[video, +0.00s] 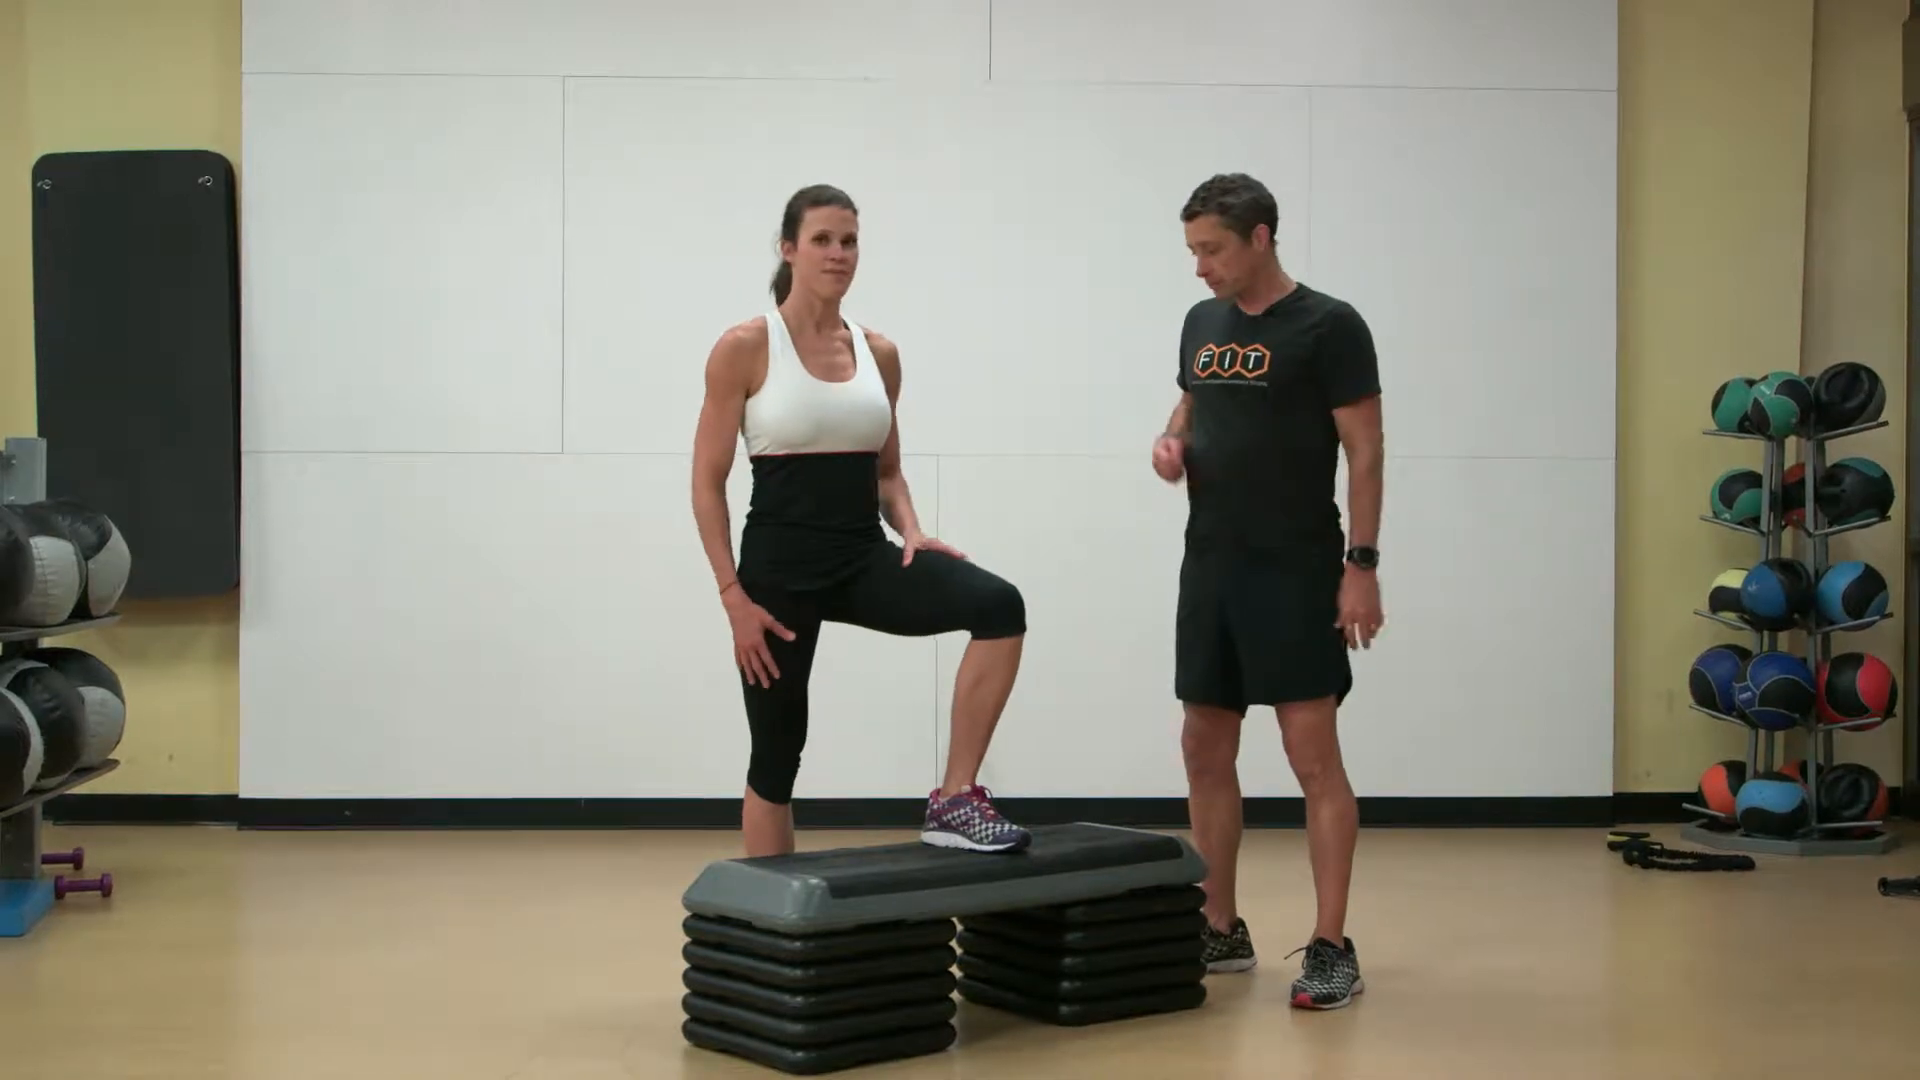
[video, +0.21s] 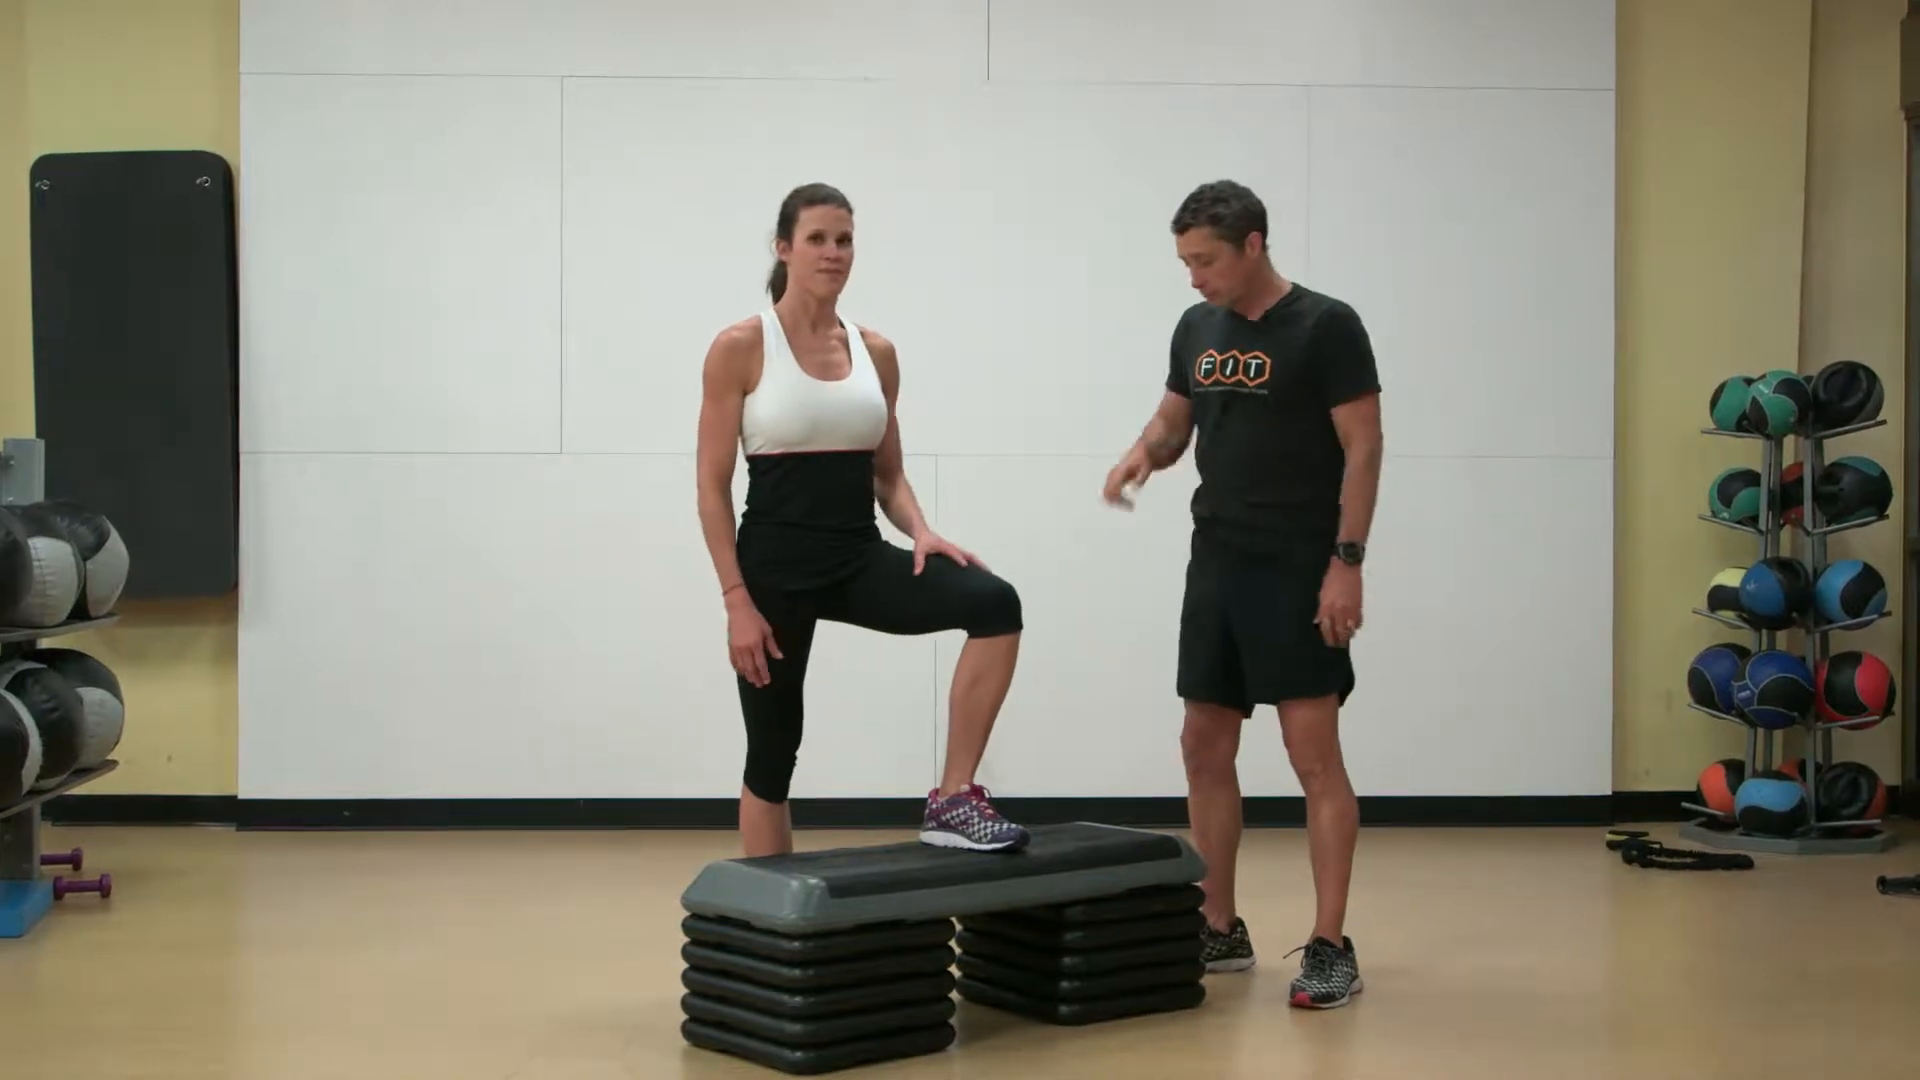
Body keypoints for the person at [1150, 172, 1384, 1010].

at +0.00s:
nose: (1200, 264)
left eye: (1210, 250)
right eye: (1194, 251)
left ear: (1261, 239)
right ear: (1202, 251)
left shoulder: (1330, 327)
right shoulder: (1202, 324)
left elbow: (1366, 454)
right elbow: (1191, 403)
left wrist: (1362, 565)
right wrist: (1173, 439)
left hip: (1297, 570)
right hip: (1211, 569)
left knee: (1313, 756)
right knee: (1204, 748)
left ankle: (1329, 943)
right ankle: (1218, 927)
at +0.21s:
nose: (1193, 275)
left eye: (1204, 260)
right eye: (1186, 261)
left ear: (1253, 246)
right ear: (1188, 258)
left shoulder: (1327, 327)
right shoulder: (1197, 331)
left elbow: (1364, 450)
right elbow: (1174, 422)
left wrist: (1346, 562)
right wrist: (1144, 453)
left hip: (1301, 569)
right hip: (1217, 565)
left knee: (1314, 753)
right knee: (1206, 747)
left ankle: (1328, 942)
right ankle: (1217, 926)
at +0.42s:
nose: (1169, 294)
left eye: (1180, 278)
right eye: (1162, 279)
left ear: (1231, 266)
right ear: (1167, 277)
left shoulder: (1318, 328)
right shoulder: (1173, 355)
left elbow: (1369, 443)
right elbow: (1133, 452)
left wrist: (1328, 539)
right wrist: (1096, 531)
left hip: (1320, 563)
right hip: (1236, 565)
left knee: (1323, 754)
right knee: (1206, 741)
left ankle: (1330, 942)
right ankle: (1219, 927)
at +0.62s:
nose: (1146, 330)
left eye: (1157, 313)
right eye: (1140, 315)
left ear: (1208, 298)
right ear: (1150, 311)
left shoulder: (1306, 345)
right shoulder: (1155, 387)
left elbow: (1376, 442)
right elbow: (1103, 477)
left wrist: (1349, 553)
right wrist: (1060, 531)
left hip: (1340, 562)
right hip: (1252, 571)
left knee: (1338, 757)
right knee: (1204, 743)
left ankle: (1331, 941)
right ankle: (1218, 927)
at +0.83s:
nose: (1144, 337)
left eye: (1156, 321)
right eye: (1138, 322)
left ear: (1207, 306)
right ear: (1143, 317)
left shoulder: (1305, 351)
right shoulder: (1153, 394)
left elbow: (1373, 450)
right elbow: (1100, 489)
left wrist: (1387, 563)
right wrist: (1047, 545)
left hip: (1341, 573)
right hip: (1250, 578)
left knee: (1339, 758)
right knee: (1198, 744)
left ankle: (1331, 940)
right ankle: (1216, 925)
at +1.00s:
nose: (1149, 328)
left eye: (1161, 313)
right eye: (1142, 314)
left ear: (1211, 299)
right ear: (1142, 311)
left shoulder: (1305, 350)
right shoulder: (1152, 390)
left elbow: (1375, 449)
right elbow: (1103, 485)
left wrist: (1388, 562)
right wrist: (1045, 548)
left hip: (1337, 572)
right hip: (1246, 576)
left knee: (1335, 756)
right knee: (1194, 744)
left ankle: (1329, 940)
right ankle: (1215, 925)